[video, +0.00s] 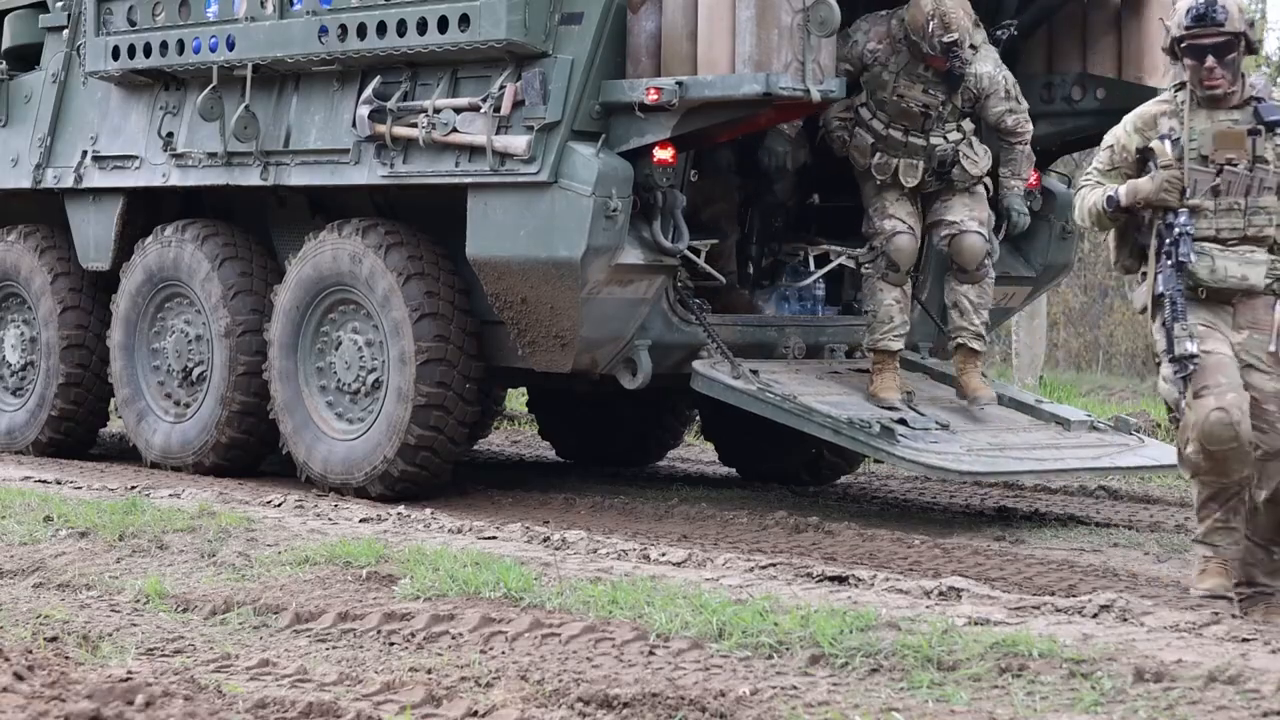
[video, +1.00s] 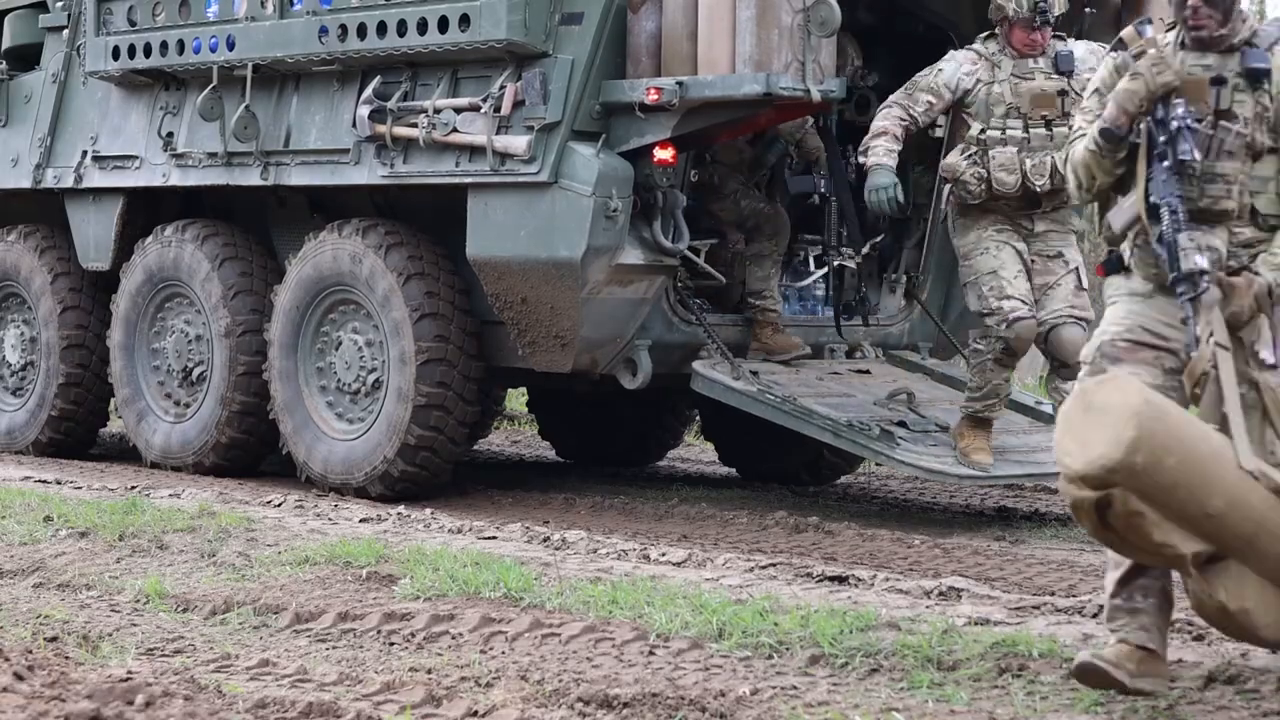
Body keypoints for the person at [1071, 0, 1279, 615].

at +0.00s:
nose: (1210, 65)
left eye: (1222, 52)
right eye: (1197, 54)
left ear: (1243, 51)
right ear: (1180, 58)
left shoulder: (1267, 110)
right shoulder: (1155, 118)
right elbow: (1084, 200)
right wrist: (1132, 193)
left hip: (1264, 298)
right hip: (1190, 297)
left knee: (1271, 444)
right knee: (1221, 426)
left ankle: (1263, 573)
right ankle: (1219, 550)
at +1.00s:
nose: (1200, 7)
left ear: (1242, 4)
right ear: (1171, 3)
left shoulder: (1269, 59)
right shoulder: (1132, 62)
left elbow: (1276, 193)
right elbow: (1082, 185)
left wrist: (1265, 277)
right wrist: (1122, 116)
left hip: (1253, 284)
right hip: (1151, 286)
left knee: (1258, 459)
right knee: (1126, 443)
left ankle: (1266, 627)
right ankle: (1138, 642)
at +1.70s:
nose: (979, 40)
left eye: (996, 22)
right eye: (964, 26)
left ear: (1037, 20)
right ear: (950, 29)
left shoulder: (1087, 133)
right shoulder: (912, 101)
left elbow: (1095, 266)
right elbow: (844, 200)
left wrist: (984, 285)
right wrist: (871, 215)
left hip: (1013, 388)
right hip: (901, 379)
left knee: (1003, 573)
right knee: (932, 568)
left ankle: (1011, 706)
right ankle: (1002, 701)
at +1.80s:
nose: (908, 35)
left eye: (926, 19)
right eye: (896, 21)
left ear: (976, 12)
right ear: (885, 23)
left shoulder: (1029, 121)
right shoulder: (861, 95)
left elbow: (1048, 260)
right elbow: (809, 190)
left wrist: (914, 279)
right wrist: (819, 246)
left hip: (966, 395)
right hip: (844, 381)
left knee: (959, 611)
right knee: (782, 562)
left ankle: (985, 706)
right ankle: (832, 703)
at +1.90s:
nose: (830, 26)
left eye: (848, 11)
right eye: (818, 12)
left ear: (898, 5)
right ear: (808, 13)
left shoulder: (959, 98)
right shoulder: (792, 90)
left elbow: (975, 248)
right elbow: (753, 206)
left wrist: (849, 264)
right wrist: (749, 244)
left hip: (908, 379)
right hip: (788, 368)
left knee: (914, 573)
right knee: (711, 550)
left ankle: (978, 702)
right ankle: (680, 710)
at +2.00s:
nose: (749, 16)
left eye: (766, 4)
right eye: (739, 6)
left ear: (817, 1)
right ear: (729, 12)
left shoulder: (882, 87)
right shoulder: (722, 88)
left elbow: (910, 231)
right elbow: (685, 214)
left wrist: (780, 249)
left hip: (838, 378)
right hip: (726, 371)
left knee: (860, 573)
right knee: (651, 554)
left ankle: (954, 708)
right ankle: (669, 708)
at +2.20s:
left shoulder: (773, 48)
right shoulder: (611, 55)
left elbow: (813, 193)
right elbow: (592, 192)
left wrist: (683, 213)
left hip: (738, 327)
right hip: (631, 323)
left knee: (677, 501)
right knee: (594, 493)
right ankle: (644, 688)